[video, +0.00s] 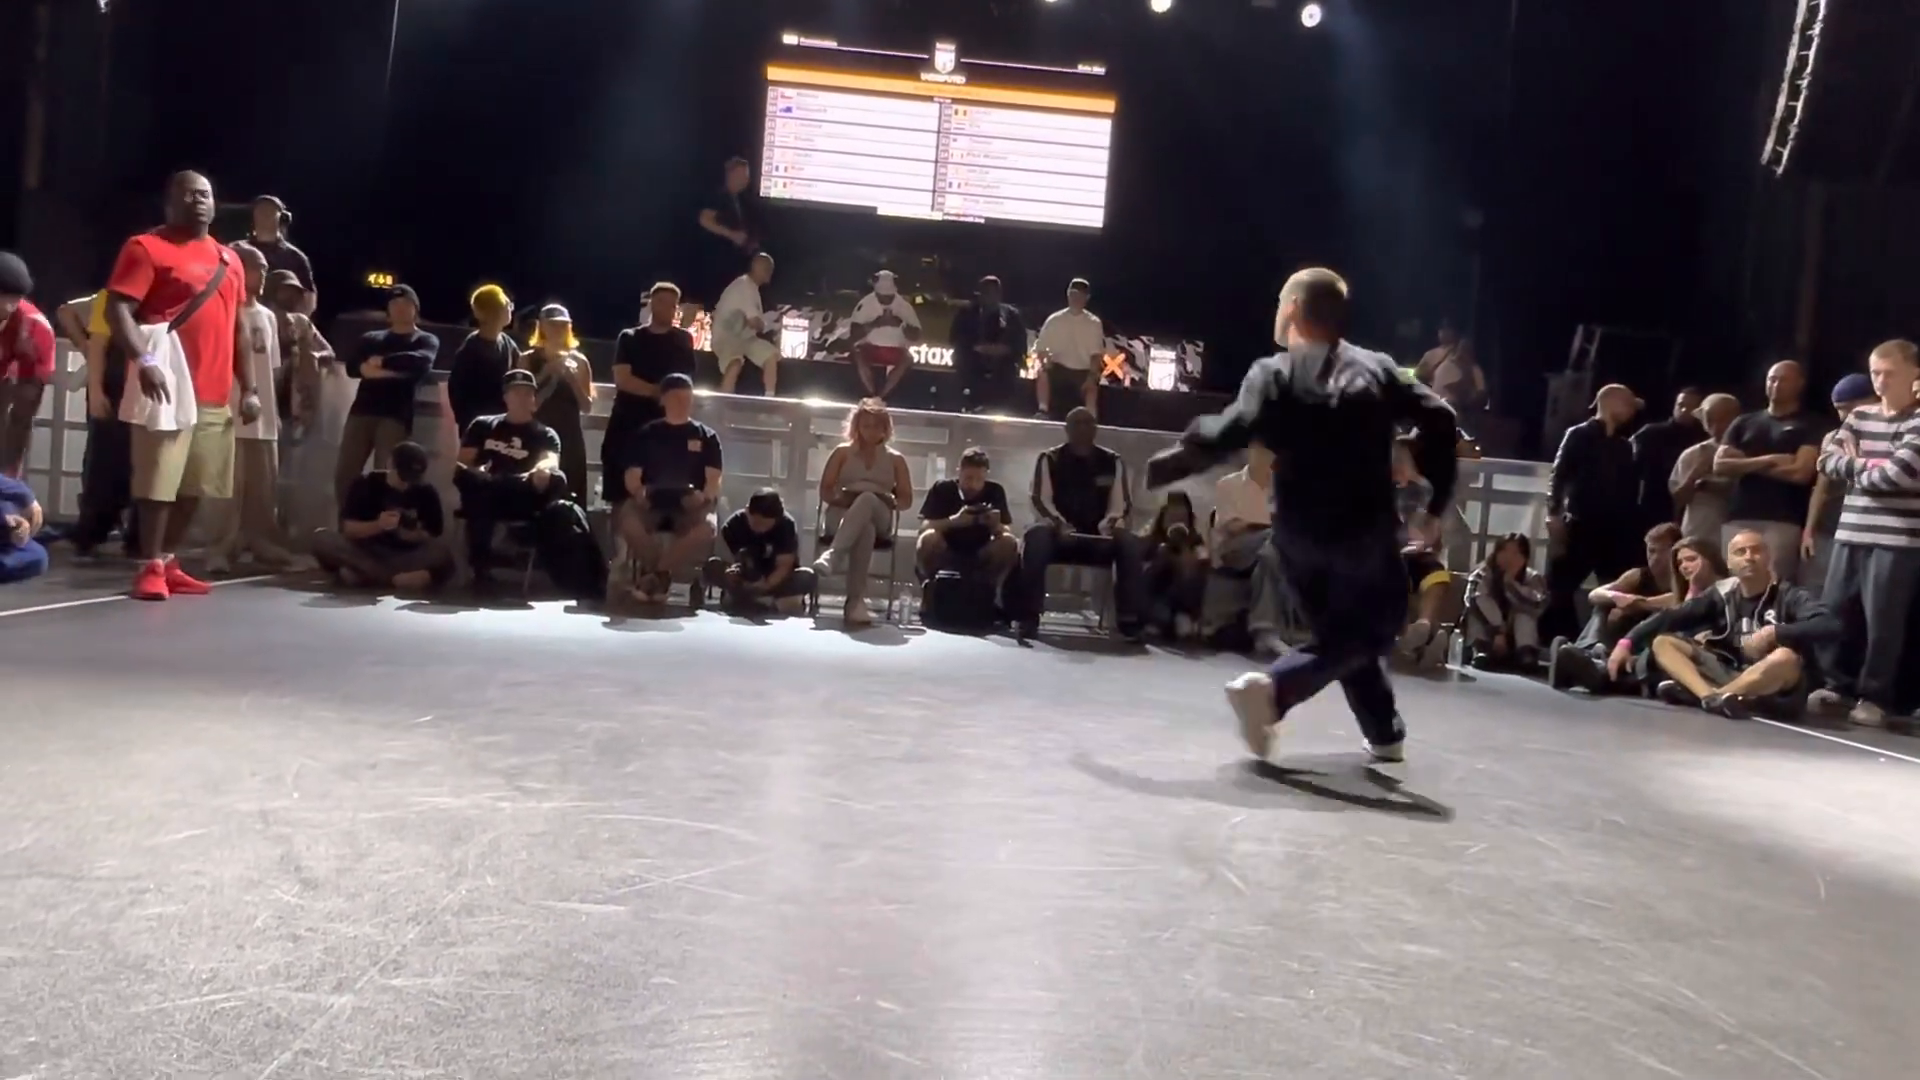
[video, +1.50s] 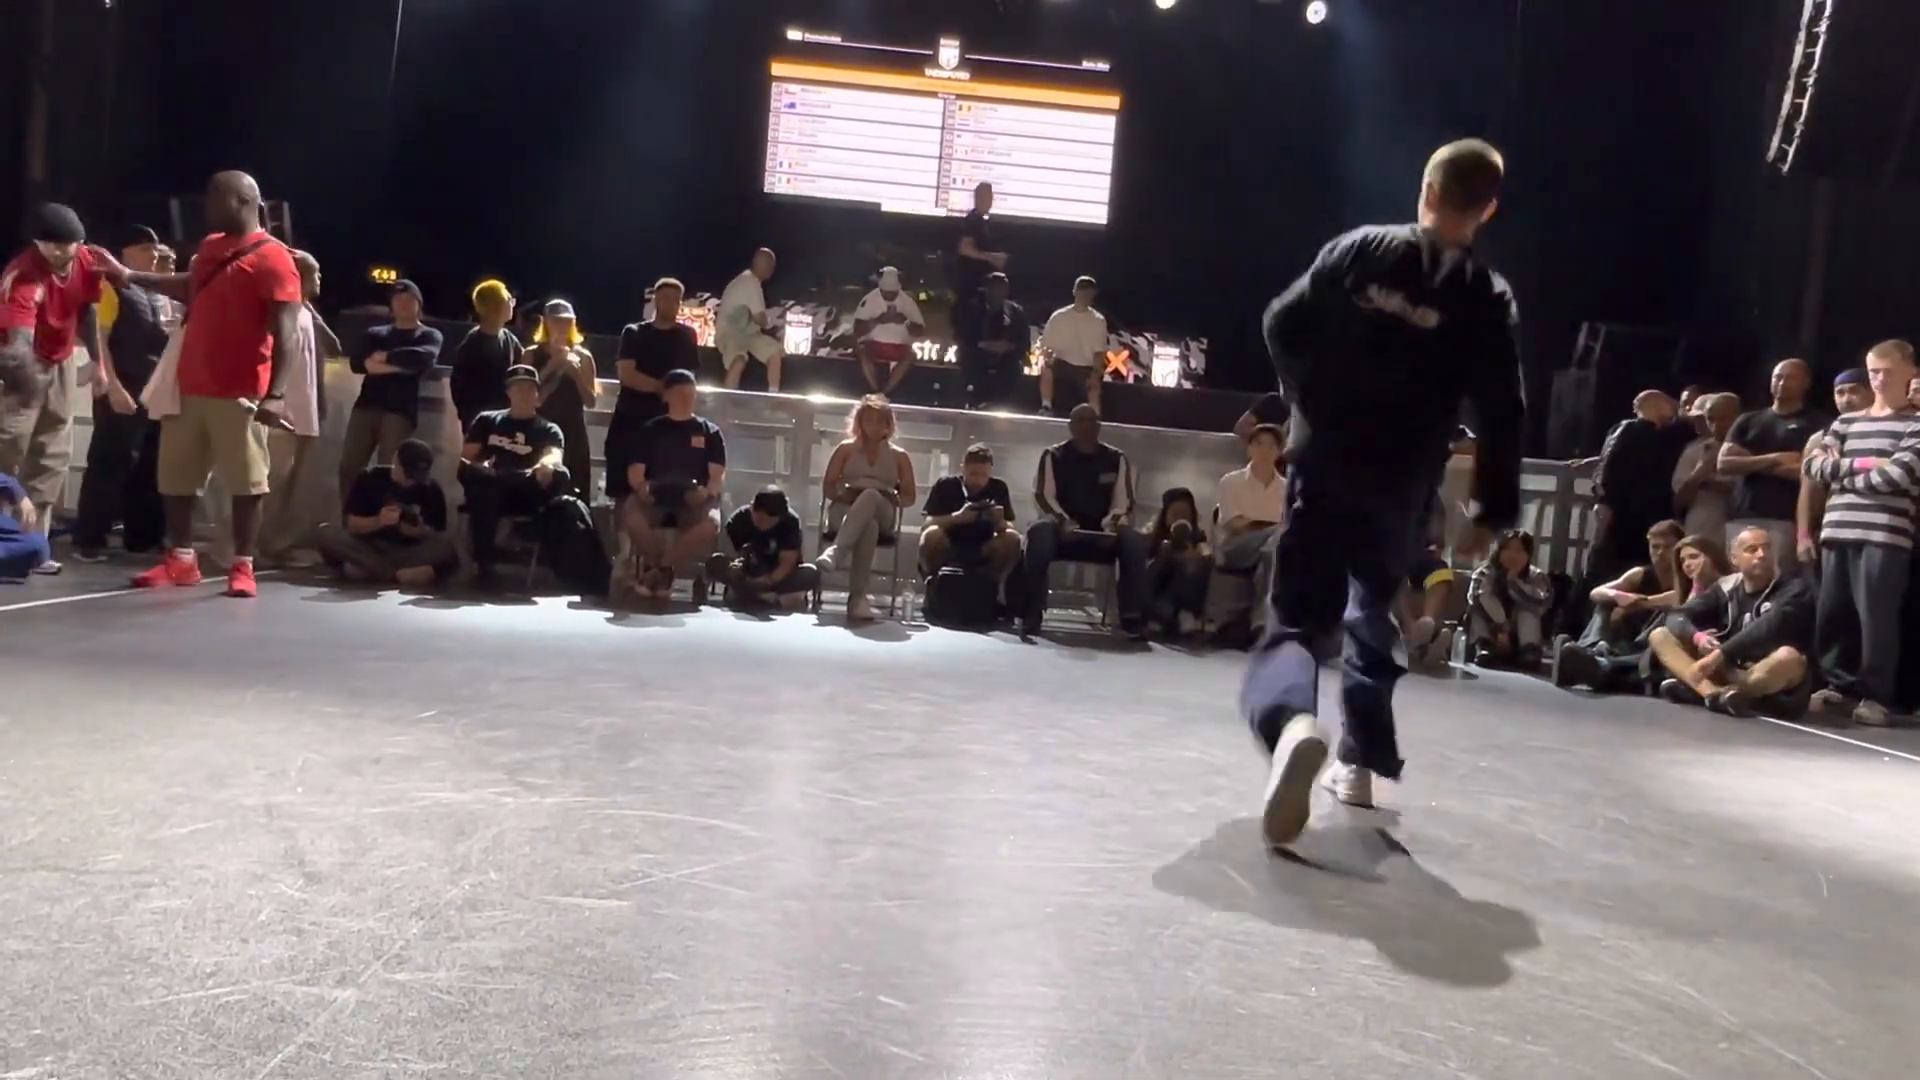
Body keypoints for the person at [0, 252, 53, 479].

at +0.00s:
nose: (6, 306)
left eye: (11, 298)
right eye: (4, 297)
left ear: (18, 299)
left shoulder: (33, 328)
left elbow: (23, 412)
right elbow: (22, 412)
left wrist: (8, 469)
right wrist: (9, 469)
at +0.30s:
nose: (26, 270)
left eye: (34, 262)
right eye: (19, 261)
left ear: (41, 257)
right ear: (3, 252)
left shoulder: (52, 286)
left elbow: (54, 352)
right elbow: (53, 352)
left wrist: (57, 412)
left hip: (15, 377)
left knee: (25, 458)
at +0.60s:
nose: (42, 235)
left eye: (51, 229)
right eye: (36, 226)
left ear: (60, 231)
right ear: (18, 223)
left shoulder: (65, 268)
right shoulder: (4, 257)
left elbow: (65, 328)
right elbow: (1, 323)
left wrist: (73, 387)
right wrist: (1, 380)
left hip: (37, 369)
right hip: (2, 366)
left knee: (40, 451)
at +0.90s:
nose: (63, 219)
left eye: (69, 212)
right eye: (56, 211)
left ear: (74, 216)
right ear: (36, 209)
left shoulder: (76, 255)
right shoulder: (11, 244)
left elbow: (68, 314)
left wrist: (67, 373)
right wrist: (6, 272)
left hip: (49, 354)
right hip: (11, 350)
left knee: (40, 439)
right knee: (11, 433)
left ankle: (33, 517)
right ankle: (8, 517)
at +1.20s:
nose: (71, 228)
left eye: (76, 221)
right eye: (63, 221)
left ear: (82, 221)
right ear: (43, 219)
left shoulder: (86, 258)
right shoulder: (20, 258)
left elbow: (81, 317)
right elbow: (1, 322)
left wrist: (81, 369)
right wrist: (20, 361)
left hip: (61, 366)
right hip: (20, 366)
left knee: (60, 455)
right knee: (15, 453)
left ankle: (43, 540)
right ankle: (12, 534)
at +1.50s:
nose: (69, 251)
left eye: (73, 243)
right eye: (61, 244)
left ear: (80, 241)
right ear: (42, 244)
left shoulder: (85, 262)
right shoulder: (25, 278)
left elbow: (89, 312)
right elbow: (15, 348)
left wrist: (99, 362)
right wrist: (36, 385)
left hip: (62, 363)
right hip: (22, 366)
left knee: (53, 452)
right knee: (12, 444)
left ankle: (36, 541)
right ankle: (5, 535)